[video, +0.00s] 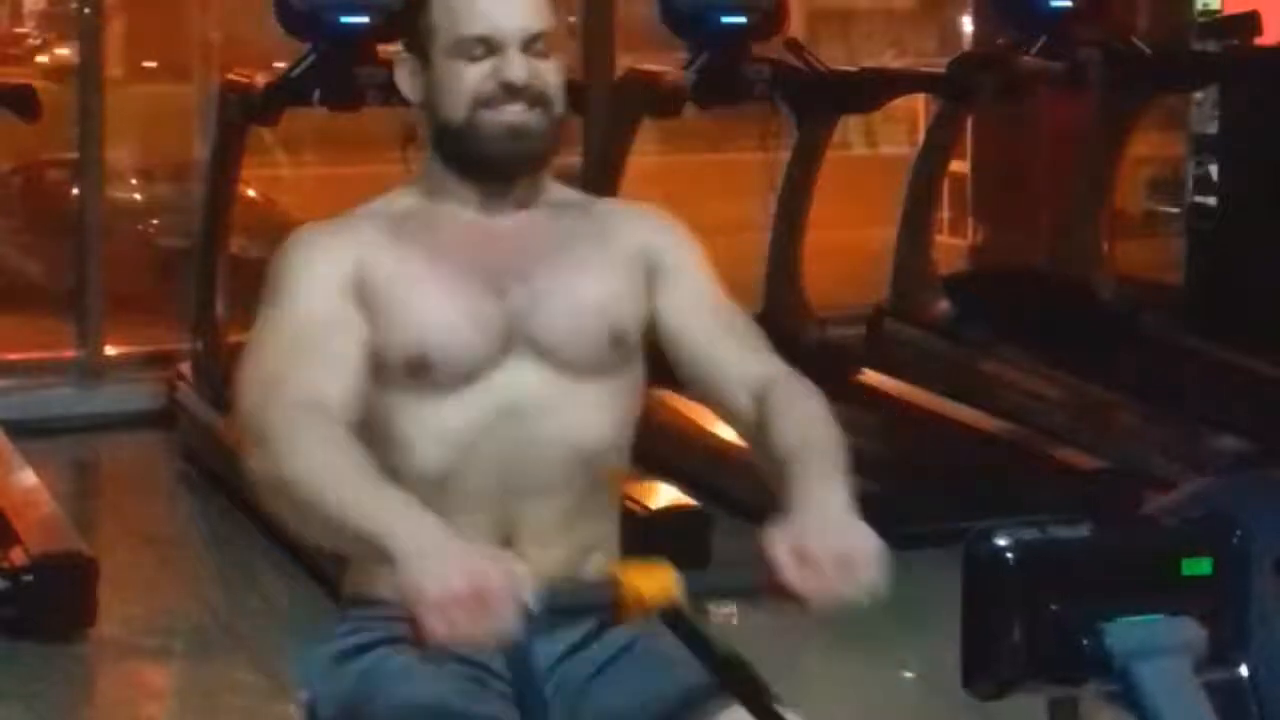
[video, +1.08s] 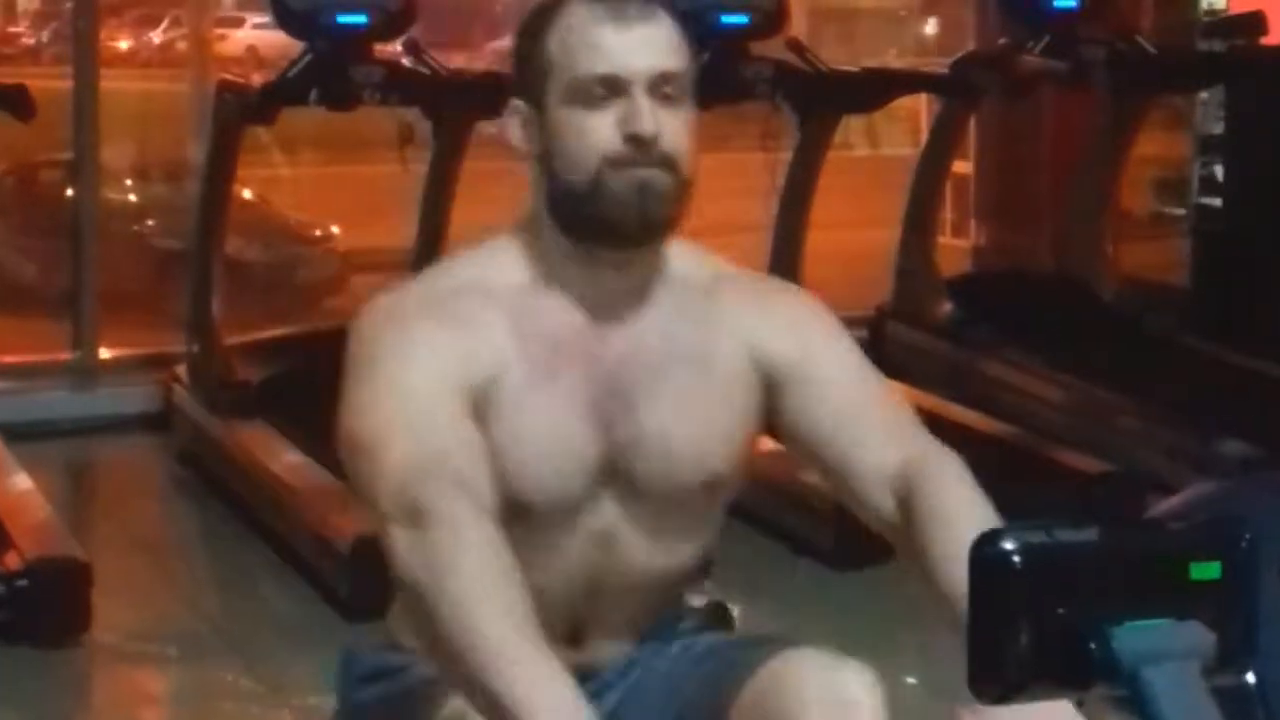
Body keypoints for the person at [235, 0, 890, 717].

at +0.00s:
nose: (516, 76)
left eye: (537, 50)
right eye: (476, 52)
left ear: (566, 70)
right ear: (412, 76)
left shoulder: (640, 242)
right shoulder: (335, 257)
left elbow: (769, 389)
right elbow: (289, 434)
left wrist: (822, 502)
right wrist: (423, 546)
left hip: (601, 624)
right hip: (413, 631)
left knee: (733, 710)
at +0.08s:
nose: (502, 94)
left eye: (524, 70)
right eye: (466, 72)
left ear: (548, 88)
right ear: (401, 91)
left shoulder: (610, 247)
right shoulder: (324, 260)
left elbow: (741, 400)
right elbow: (228, 456)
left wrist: (760, 474)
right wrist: (361, 506)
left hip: (601, 622)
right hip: (410, 635)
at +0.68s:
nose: (529, 92)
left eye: (550, 67)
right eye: (492, 68)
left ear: (575, 87)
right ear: (425, 90)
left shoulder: (632, 258)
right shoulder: (339, 266)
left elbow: (776, 405)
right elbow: (222, 449)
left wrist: (780, 484)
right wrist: (367, 530)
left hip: (616, 620)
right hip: (426, 630)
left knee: (779, 715)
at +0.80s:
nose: (568, 88)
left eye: (589, 62)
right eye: (529, 64)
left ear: (614, 83)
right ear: (461, 89)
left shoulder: (678, 268)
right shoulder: (370, 272)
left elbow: (825, 404)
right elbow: (307, 454)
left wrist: (864, 535)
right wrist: (445, 601)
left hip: (622, 635)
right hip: (422, 639)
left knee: (761, 708)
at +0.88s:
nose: (584, 93)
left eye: (605, 65)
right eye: (544, 67)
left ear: (634, 88)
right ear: (476, 97)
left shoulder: (702, 281)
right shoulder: (384, 285)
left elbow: (850, 421)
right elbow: (346, 473)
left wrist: (906, 561)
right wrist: (479, 634)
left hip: (634, 641)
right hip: (427, 647)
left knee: (805, 694)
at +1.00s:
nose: (618, 111)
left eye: (643, 78)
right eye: (575, 82)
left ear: (674, 100)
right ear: (506, 114)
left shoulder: (743, 302)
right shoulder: (403, 312)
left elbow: (890, 453)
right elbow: (408, 524)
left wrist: (971, 627)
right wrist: (538, 698)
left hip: (650, 652)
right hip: (448, 662)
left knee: (817, 699)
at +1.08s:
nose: (644, 126)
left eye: (668, 95)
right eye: (600, 97)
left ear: (696, 118)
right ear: (524, 129)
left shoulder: (768, 320)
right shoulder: (420, 329)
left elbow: (913, 480)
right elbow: (439, 531)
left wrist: (1036, 672)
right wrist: (560, 713)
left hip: (652, 664)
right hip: (457, 671)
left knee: (836, 694)